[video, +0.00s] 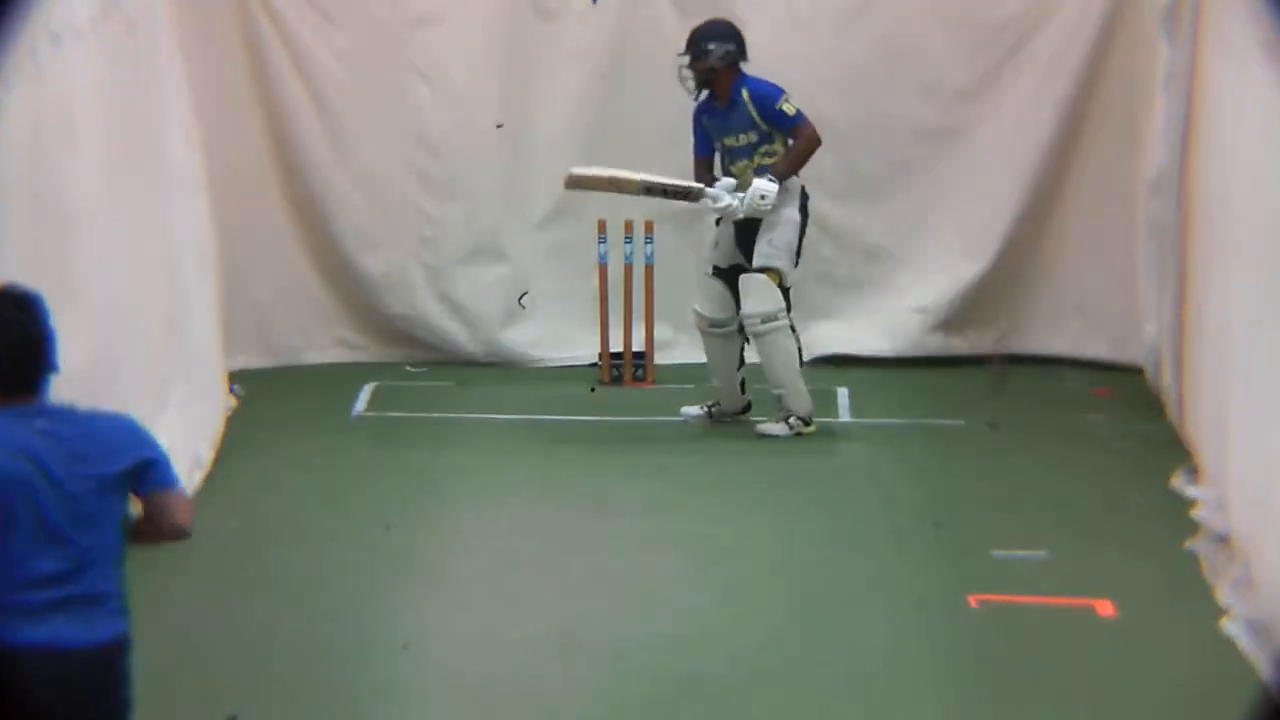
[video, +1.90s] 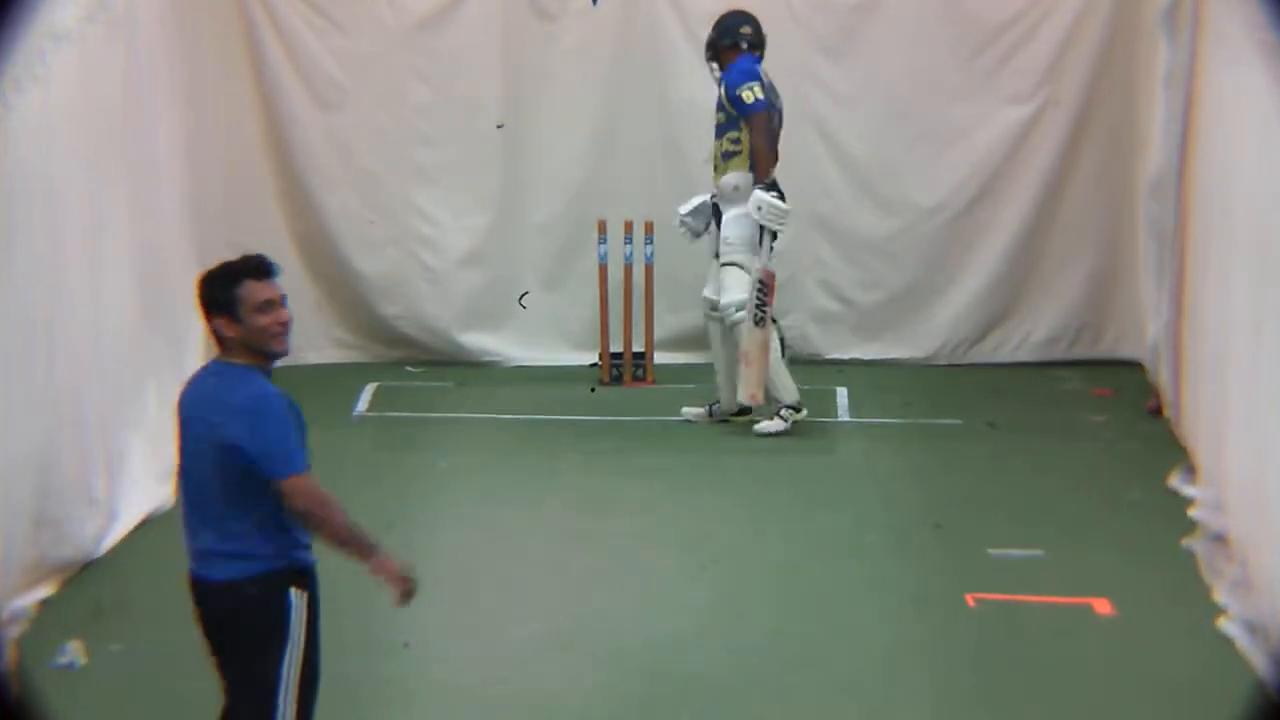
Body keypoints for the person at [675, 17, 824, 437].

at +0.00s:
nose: (691, 69)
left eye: (697, 61)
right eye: (691, 61)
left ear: (722, 59)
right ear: (715, 61)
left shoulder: (761, 95)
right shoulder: (704, 114)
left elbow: (808, 137)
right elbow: (702, 172)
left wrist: (771, 178)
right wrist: (715, 190)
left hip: (781, 204)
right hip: (736, 208)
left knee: (762, 300)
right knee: (715, 304)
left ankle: (797, 412)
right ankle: (730, 403)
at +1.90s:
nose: (713, 59)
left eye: (717, 50)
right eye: (713, 52)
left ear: (735, 43)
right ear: (748, 44)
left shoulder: (740, 72)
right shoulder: (752, 80)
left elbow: (761, 125)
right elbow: (745, 151)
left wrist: (763, 189)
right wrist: (716, 202)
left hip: (746, 205)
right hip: (734, 205)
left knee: (742, 304)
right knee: (718, 303)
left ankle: (787, 402)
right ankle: (730, 401)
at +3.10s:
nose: (879, 67)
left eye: (881, 60)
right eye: (877, 59)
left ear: (838, 49)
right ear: (866, 56)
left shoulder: (794, 86)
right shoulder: (870, 104)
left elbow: (759, 138)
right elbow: (886, 169)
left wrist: (741, 196)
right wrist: (912, 228)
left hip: (805, 210)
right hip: (858, 209)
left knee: (779, 303)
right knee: (900, 283)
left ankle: (765, 401)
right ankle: (939, 375)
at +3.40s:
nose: (1014, 139)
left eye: (1014, 131)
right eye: (1012, 130)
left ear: (972, 116)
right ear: (999, 126)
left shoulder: (921, 129)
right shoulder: (995, 160)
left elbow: (865, 154)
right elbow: (1020, 228)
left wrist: (832, 197)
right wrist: (1045, 285)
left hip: (891, 231)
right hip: (946, 237)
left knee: (838, 315)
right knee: (992, 322)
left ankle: (782, 395)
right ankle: (1030, 396)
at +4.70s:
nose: (996, 55)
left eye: (1006, 46)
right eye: (992, 45)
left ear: (1031, 47)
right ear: (988, 46)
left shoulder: (1051, 83)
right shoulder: (1003, 91)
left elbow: (1108, 118)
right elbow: (1037, 137)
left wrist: (1112, 179)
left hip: (1072, 200)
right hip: (1036, 200)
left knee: (1043, 300)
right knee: (1008, 297)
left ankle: (1061, 410)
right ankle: (1008, 396)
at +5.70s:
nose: (914, 47)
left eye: (923, 39)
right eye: (910, 39)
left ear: (945, 41)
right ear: (908, 41)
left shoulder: (952, 85)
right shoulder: (925, 81)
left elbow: (965, 151)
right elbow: (929, 139)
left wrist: (929, 201)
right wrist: (901, 164)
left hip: (955, 206)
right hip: (921, 204)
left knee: (964, 302)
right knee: (896, 296)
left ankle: (1041, 395)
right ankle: (895, 401)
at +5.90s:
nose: (871, 51)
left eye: (876, 42)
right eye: (870, 43)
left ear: (899, 38)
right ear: (896, 38)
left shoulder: (919, 78)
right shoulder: (899, 78)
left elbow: (916, 145)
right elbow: (894, 144)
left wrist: (870, 184)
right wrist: (861, 176)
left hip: (923, 196)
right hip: (899, 195)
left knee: (887, 293)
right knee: (881, 293)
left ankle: (964, 390)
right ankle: (894, 400)